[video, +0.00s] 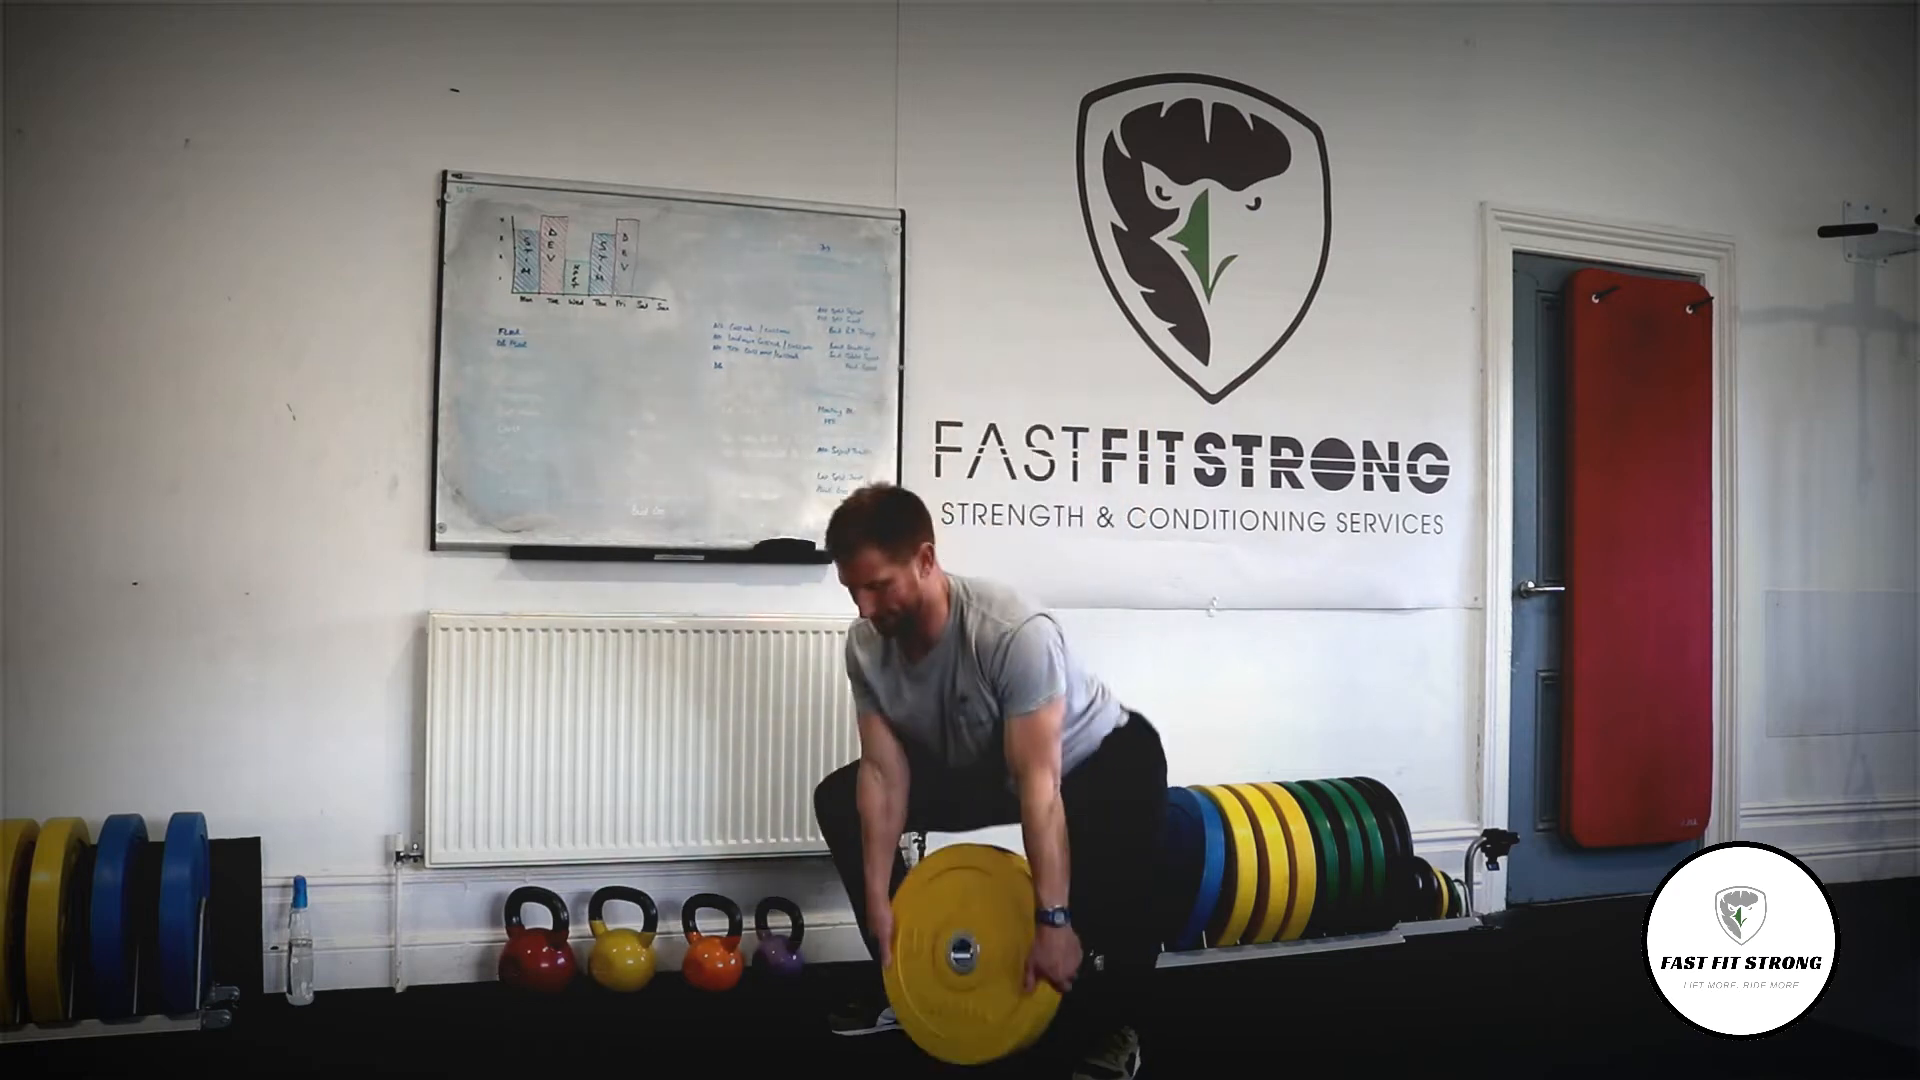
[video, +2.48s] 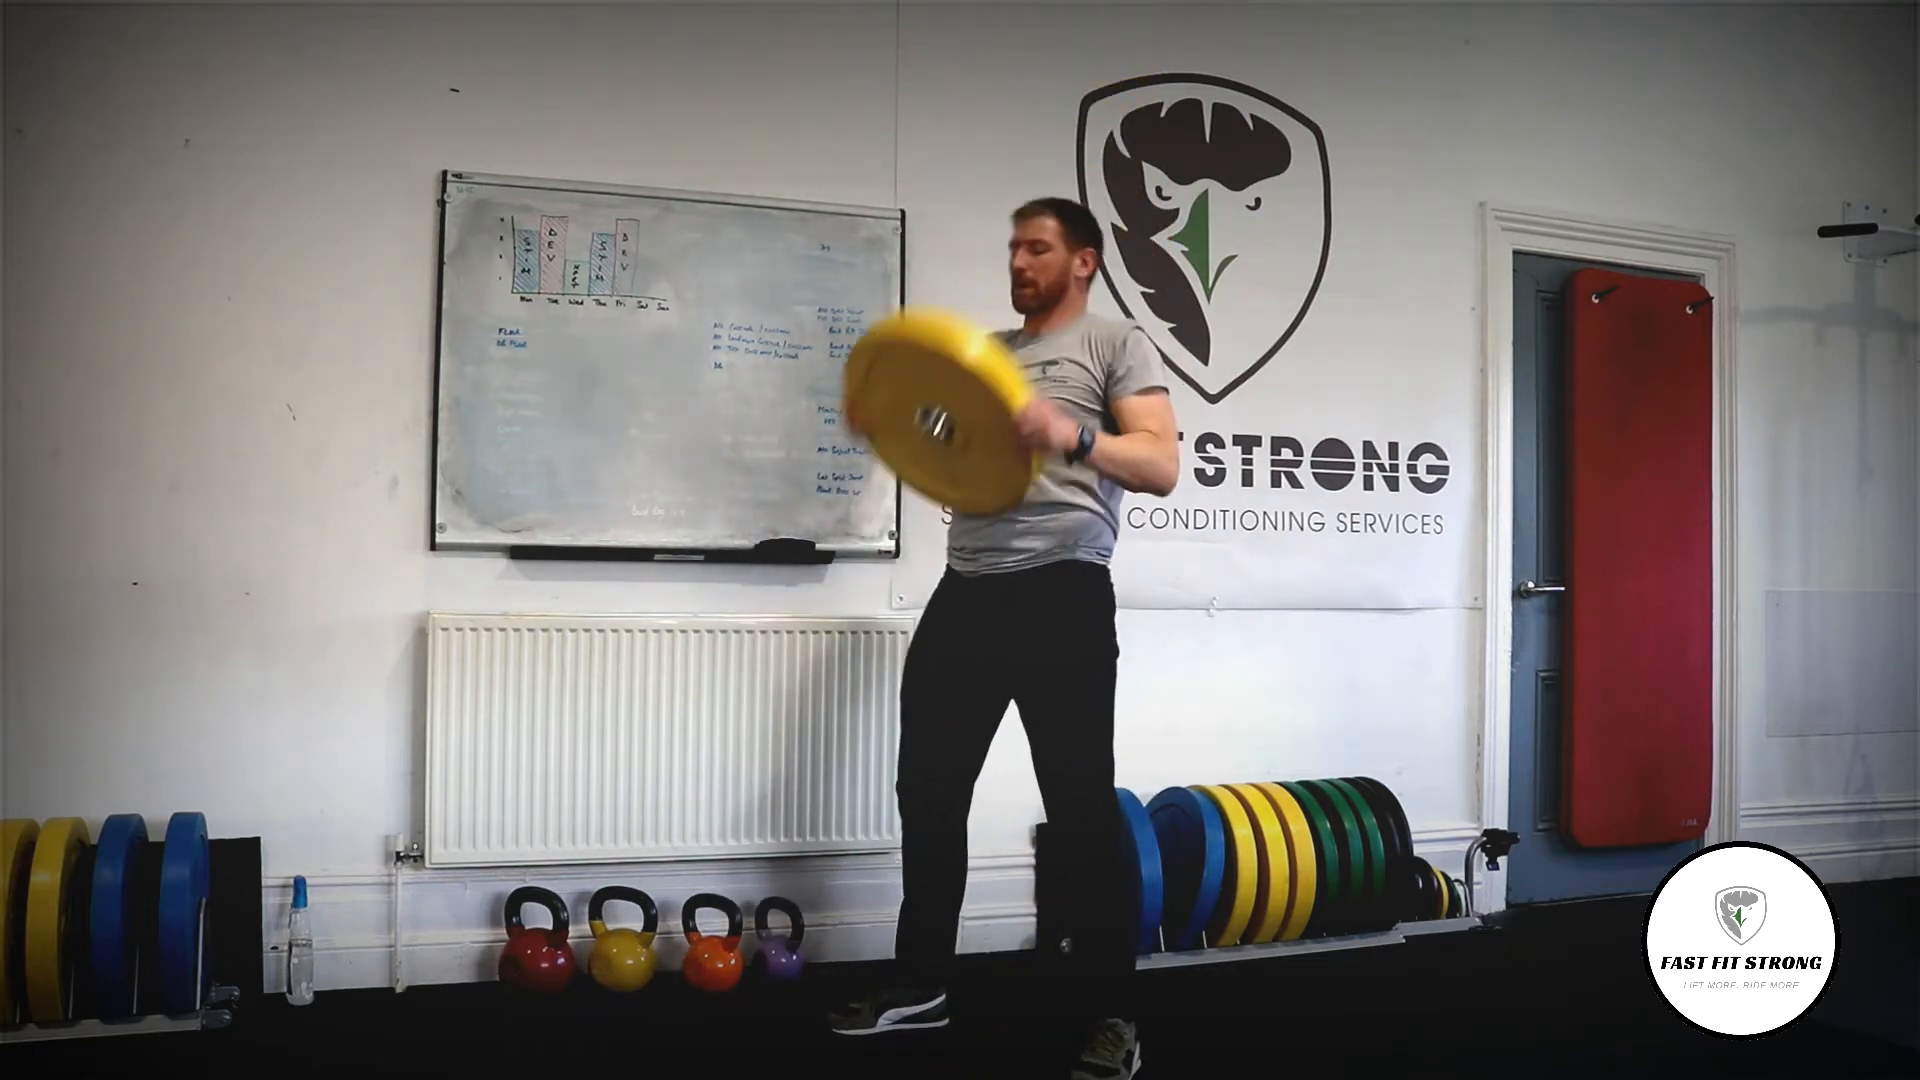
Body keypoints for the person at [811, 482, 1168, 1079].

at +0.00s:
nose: (866, 608)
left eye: (880, 586)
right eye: (854, 591)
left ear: (926, 560)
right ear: (842, 579)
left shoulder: (1016, 633)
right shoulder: (866, 647)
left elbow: (1039, 781)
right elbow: (881, 773)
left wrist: (1055, 918)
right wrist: (877, 903)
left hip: (1089, 761)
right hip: (980, 775)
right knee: (842, 798)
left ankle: (1114, 1025)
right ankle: (902, 984)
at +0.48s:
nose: (933, 313)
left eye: (952, 299)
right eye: (932, 299)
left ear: (1003, 315)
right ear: (931, 316)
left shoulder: (1059, 408)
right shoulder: (924, 419)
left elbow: (1138, 526)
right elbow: (940, 529)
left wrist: (1074, 596)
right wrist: (891, 598)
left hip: (1089, 635)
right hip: (985, 637)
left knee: (1112, 821)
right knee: (891, 790)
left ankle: (1120, 1026)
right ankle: (915, 991)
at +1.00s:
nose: (1030, 228)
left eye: (1053, 226)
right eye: (1027, 220)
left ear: (1079, 258)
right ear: (1008, 248)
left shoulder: (1080, 342)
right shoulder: (953, 326)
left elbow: (1102, 227)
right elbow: (887, 228)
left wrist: (1103, 121)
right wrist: (944, 126)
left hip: (1031, 602)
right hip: (930, 601)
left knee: (1060, 813)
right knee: (920, 811)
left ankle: (1099, 1013)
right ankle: (921, 991)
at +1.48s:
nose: (1017, 211)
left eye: (1035, 207)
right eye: (1007, 206)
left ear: (1062, 243)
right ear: (990, 235)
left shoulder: (1076, 312)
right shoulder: (957, 302)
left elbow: (1110, 171)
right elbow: (964, 179)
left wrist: (1149, 65)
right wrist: (987, 79)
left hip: (1029, 594)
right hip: (929, 593)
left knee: (1062, 807)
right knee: (921, 807)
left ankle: (1099, 1013)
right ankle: (922, 991)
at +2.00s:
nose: (1070, 261)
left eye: (1086, 251)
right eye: (1064, 247)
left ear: (1112, 274)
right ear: (1043, 267)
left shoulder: (1118, 354)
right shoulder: (992, 358)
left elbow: (1145, 386)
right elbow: (884, 376)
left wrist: (1113, 269)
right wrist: (919, 282)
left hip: (1053, 599)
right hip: (953, 600)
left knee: (1074, 806)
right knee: (925, 800)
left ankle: (1103, 1012)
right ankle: (923, 990)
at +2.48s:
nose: (1018, 262)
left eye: (1036, 248)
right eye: (1015, 249)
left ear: (1083, 261)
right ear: (1014, 260)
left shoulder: (1116, 343)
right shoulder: (991, 353)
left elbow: (1162, 465)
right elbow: (952, 458)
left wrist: (1077, 435)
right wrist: (882, 421)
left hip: (1064, 597)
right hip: (967, 598)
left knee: (1080, 804)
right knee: (928, 795)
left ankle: (1107, 1012)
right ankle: (924, 989)